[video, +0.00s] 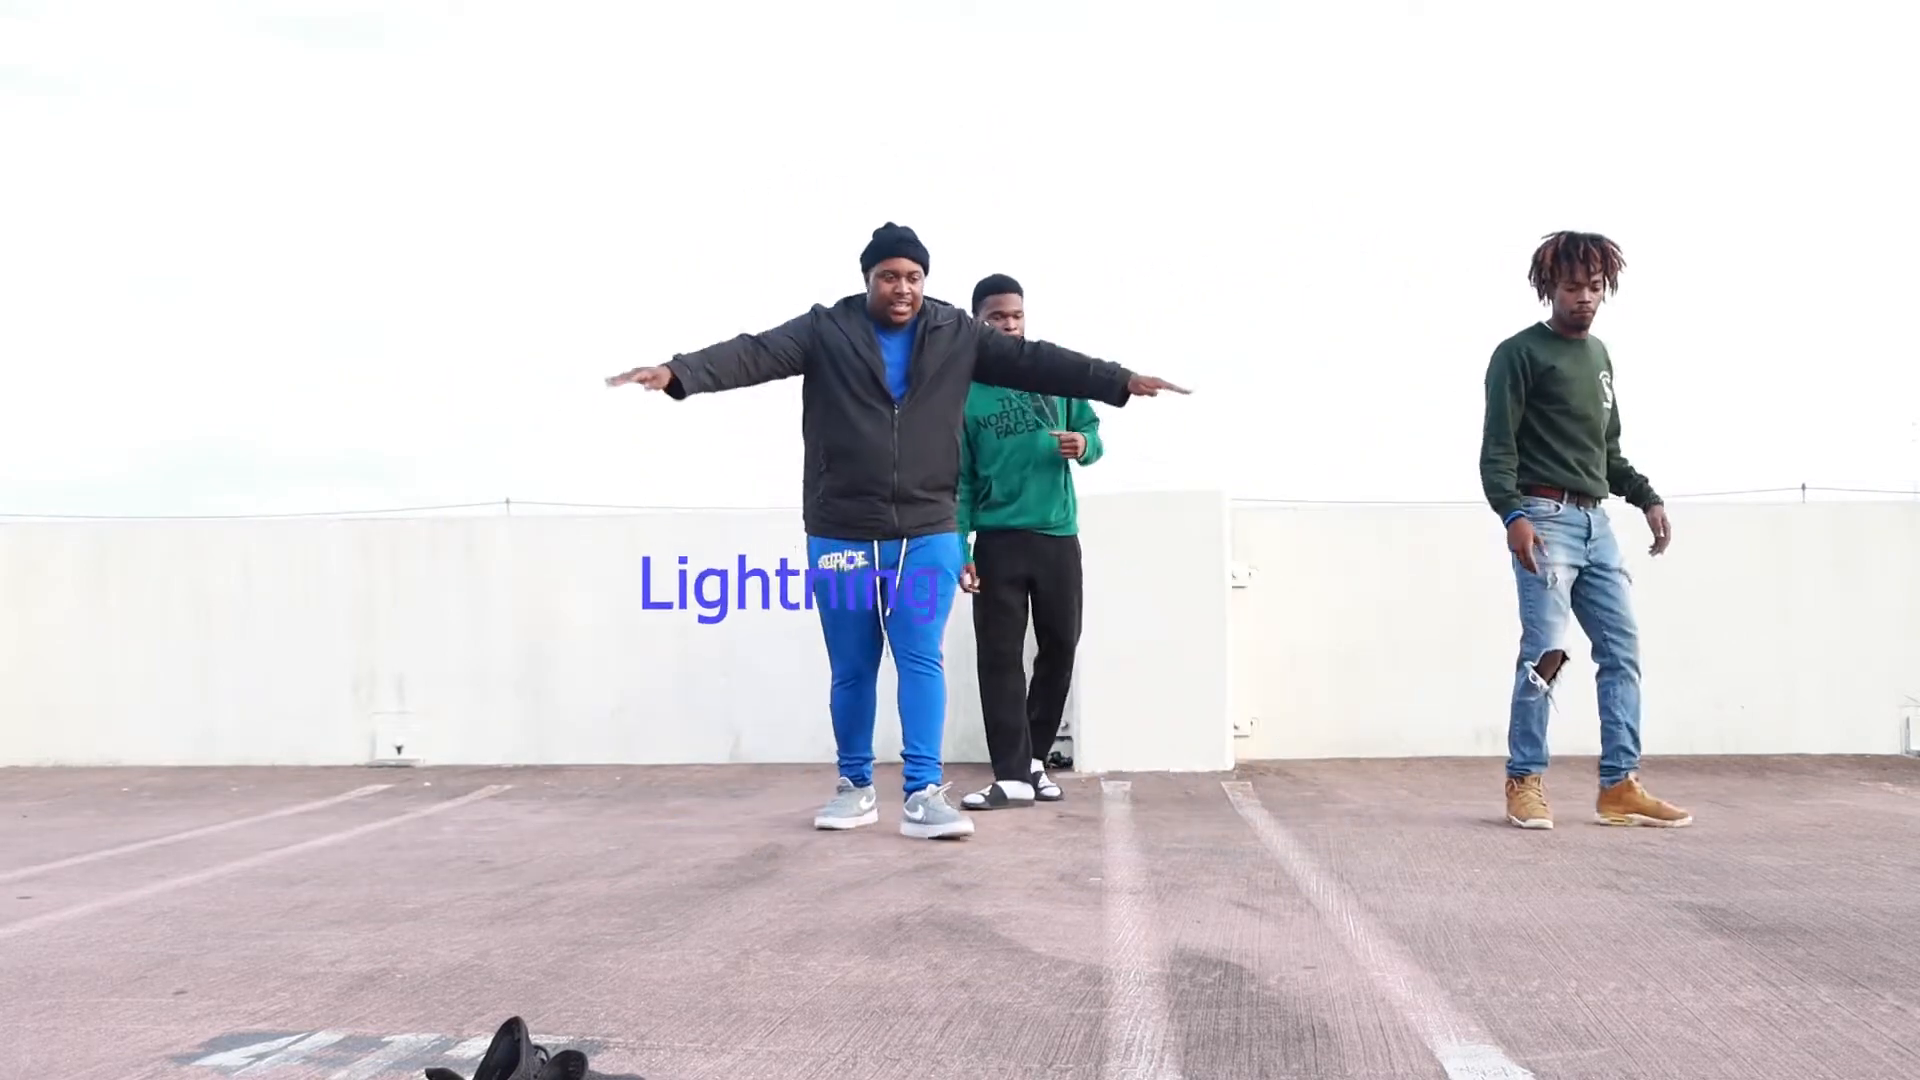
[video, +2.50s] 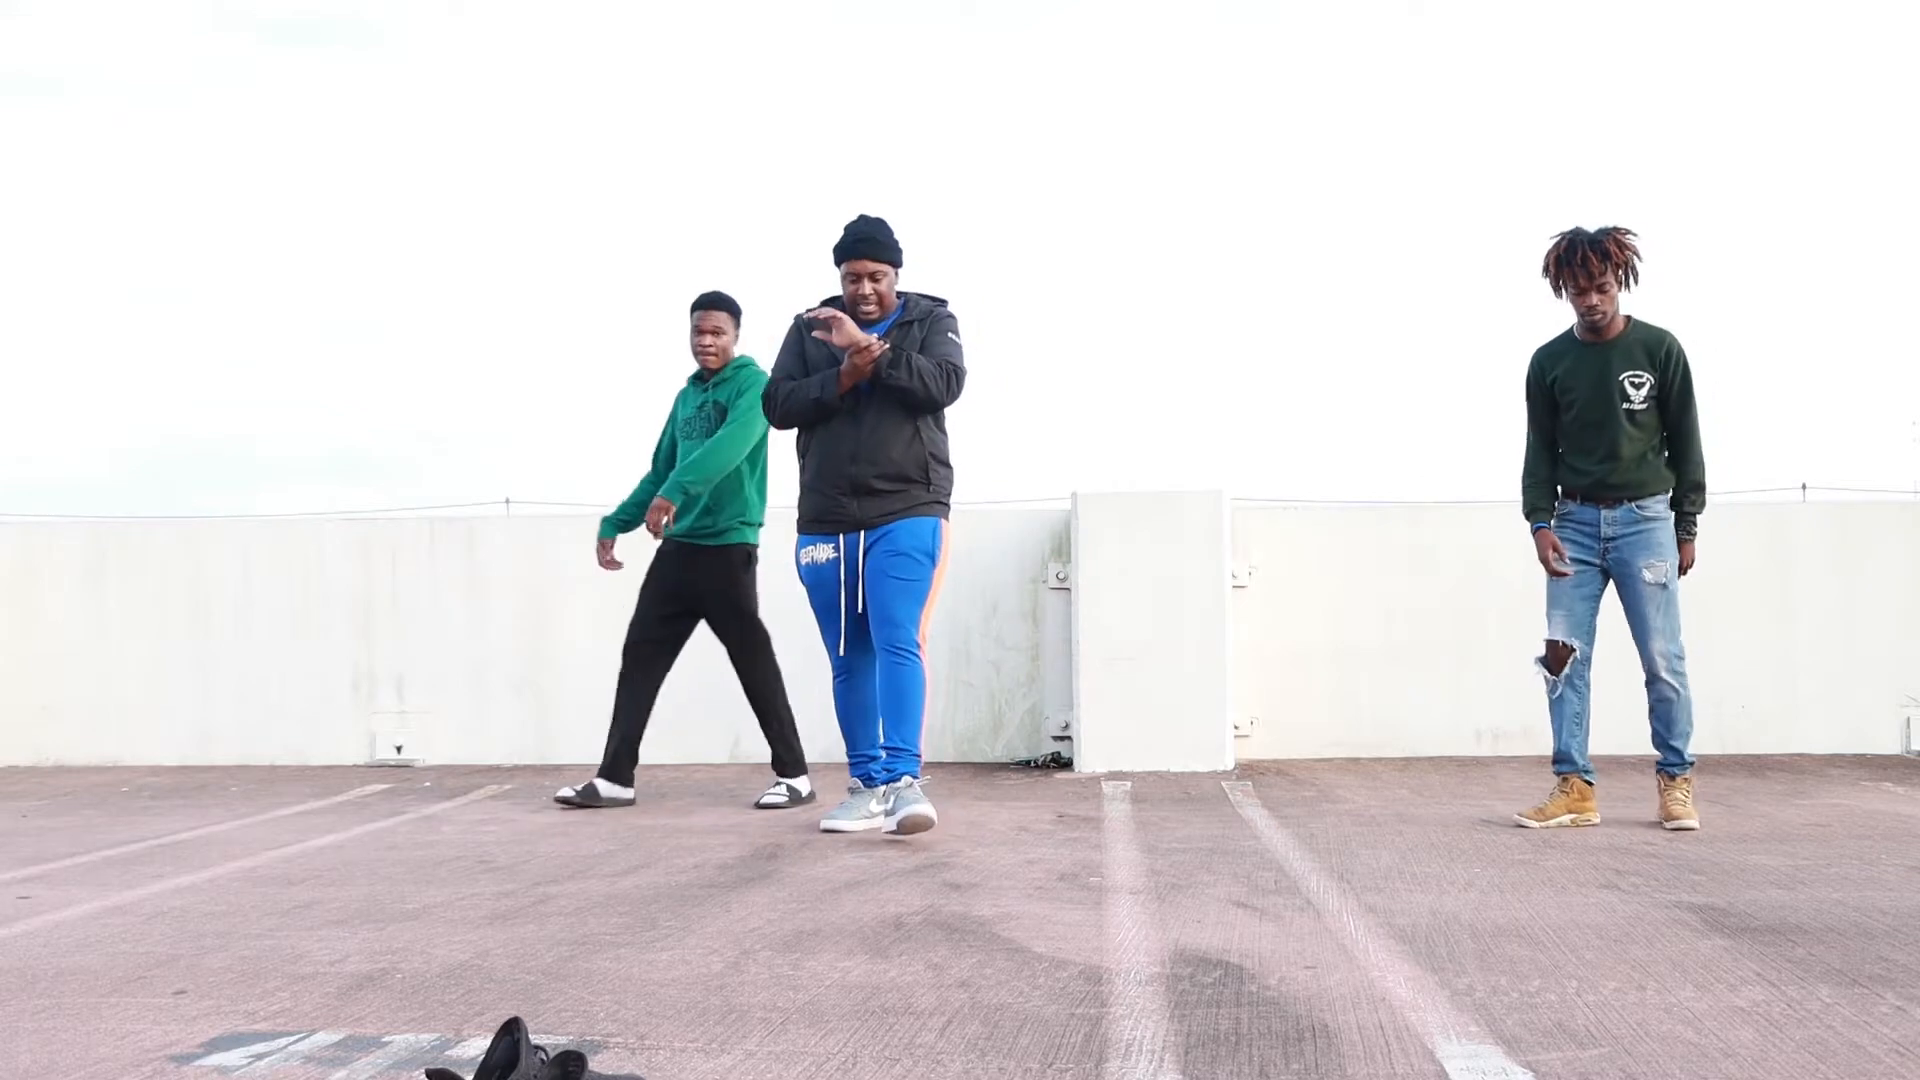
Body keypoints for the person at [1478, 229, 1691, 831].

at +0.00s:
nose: (1586, 296)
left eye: (1595, 285)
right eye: (1574, 285)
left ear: (1605, 288)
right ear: (1550, 286)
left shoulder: (1597, 355)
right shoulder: (1517, 354)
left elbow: (1607, 451)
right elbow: (1496, 452)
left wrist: (1648, 500)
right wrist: (1514, 515)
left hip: (1595, 518)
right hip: (1541, 516)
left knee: (1619, 650)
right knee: (1546, 650)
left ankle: (1619, 785)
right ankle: (1524, 781)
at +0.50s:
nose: (1612, 289)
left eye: (1622, 277)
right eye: (1599, 279)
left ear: (1637, 277)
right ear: (1580, 282)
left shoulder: (1667, 347)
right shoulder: (1557, 354)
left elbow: (1696, 431)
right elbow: (1537, 443)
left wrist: (1705, 503)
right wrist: (1514, 516)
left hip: (1648, 517)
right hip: (1575, 516)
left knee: (1660, 657)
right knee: (1553, 648)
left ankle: (1646, 781)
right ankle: (1579, 754)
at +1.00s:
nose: (1586, 298)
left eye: (1595, 285)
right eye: (1573, 290)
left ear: (1615, 283)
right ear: (1559, 295)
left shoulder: (1653, 350)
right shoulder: (1546, 364)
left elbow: (1683, 442)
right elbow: (1530, 444)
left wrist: (1696, 529)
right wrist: (1524, 509)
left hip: (1638, 522)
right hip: (1568, 525)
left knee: (1655, 659)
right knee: (1550, 651)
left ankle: (1684, 778)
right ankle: (1564, 787)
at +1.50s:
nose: (1596, 298)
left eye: (1607, 286)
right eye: (1584, 288)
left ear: (1624, 288)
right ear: (1567, 290)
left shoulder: (1641, 361)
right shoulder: (1540, 361)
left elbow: (1652, 460)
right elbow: (1515, 453)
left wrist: (1663, 537)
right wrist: (1521, 518)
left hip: (1628, 524)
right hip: (1562, 519)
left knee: (1649, 656)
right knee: (1547, 657)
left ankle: (1627, 787)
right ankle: (1523, 782)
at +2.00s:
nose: (1603, 296)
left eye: (1613, 284)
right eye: (1591, 286)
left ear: (1633, 282)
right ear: (1577, 288)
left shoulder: (1666, 351)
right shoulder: (1554, 359)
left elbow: (1694, 433)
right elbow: (1532, 448)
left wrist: (1718, 502)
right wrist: (1518, 529)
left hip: (1645, 520)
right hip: (1578, 517)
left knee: (1652, 653)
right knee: (1557, 650)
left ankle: (1630, 785)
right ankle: (1523, 762)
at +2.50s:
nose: (1588, 301)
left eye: (1597, 287)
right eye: (1576, 291)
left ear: (1620, 283)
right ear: (1563, 292)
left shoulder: (1659, 349)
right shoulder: (1547, 361)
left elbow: (1685, 441)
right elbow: (1539, 450)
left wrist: (1686, 525)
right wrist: (1540, 523)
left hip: (1645, 518)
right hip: (1571, 521)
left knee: (1662, 656)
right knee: (1563, 653)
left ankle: (1675, 781)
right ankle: (1573, 786)